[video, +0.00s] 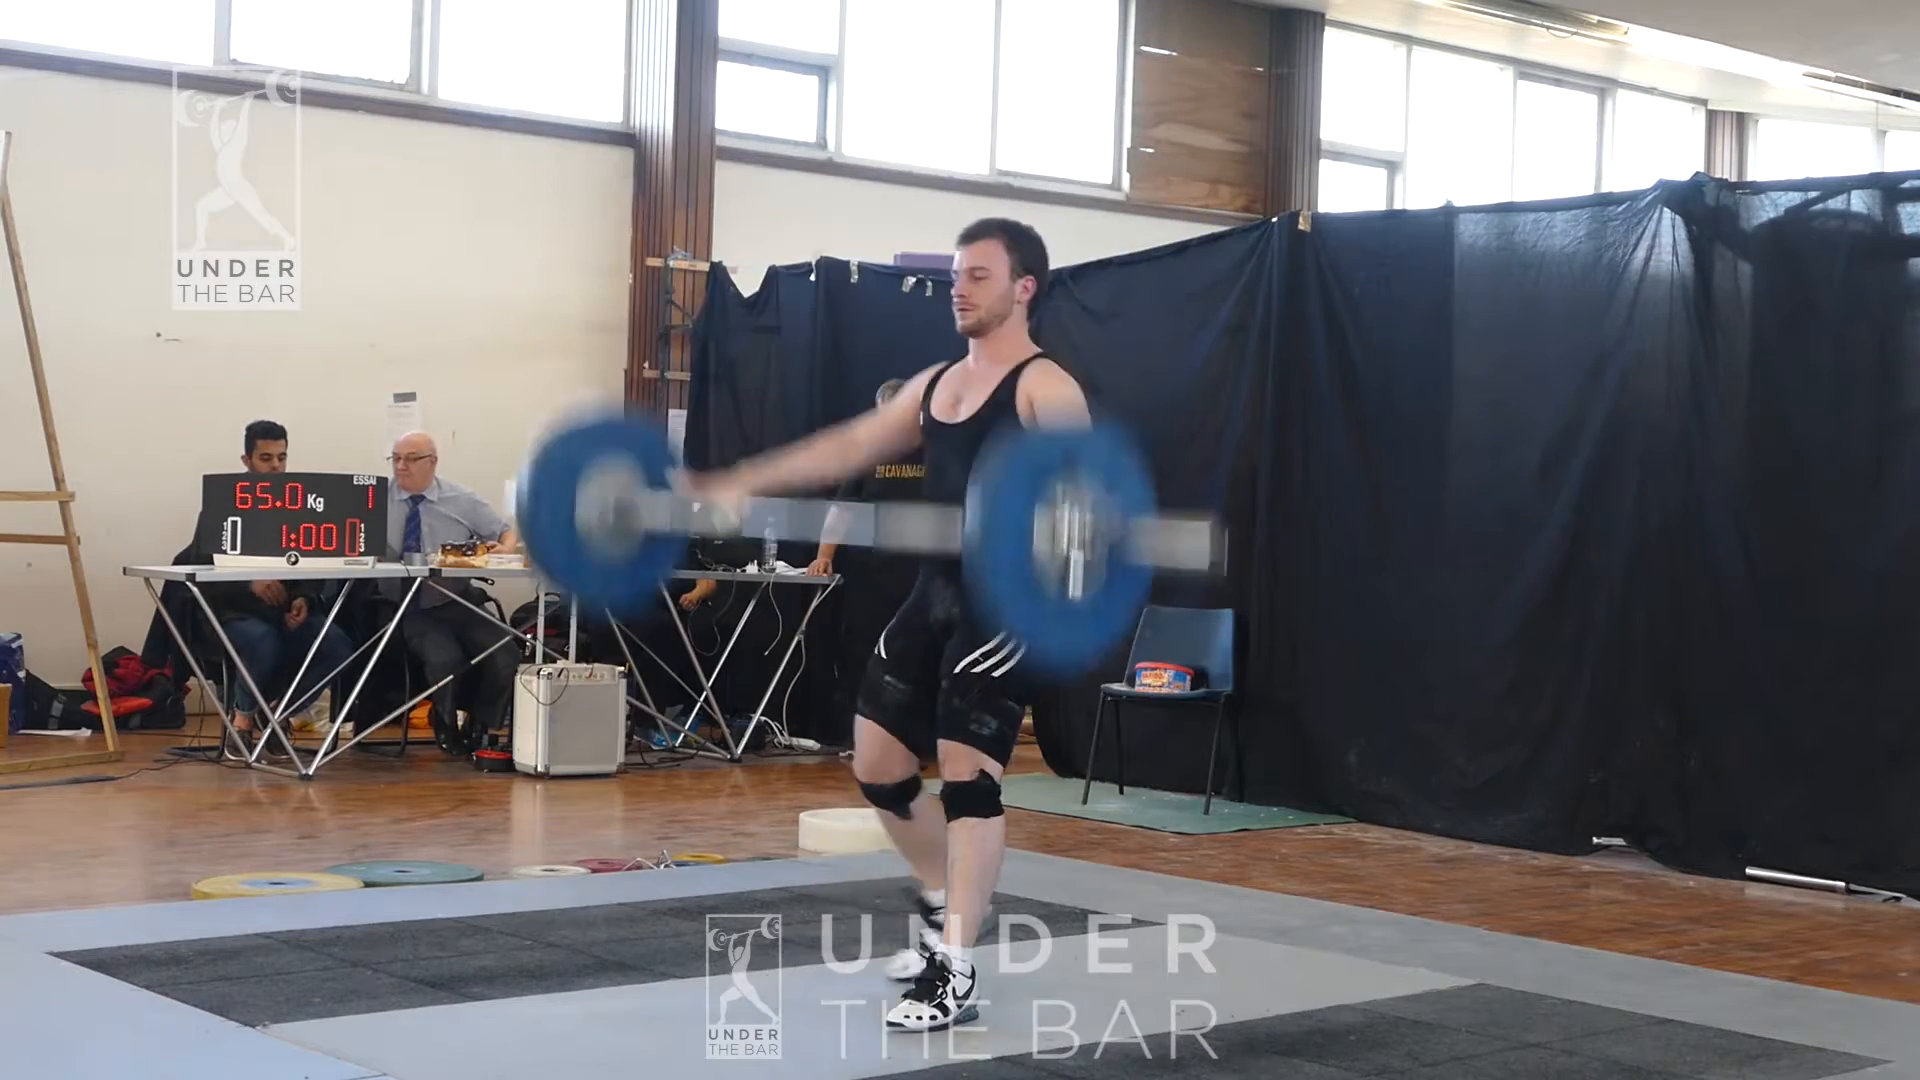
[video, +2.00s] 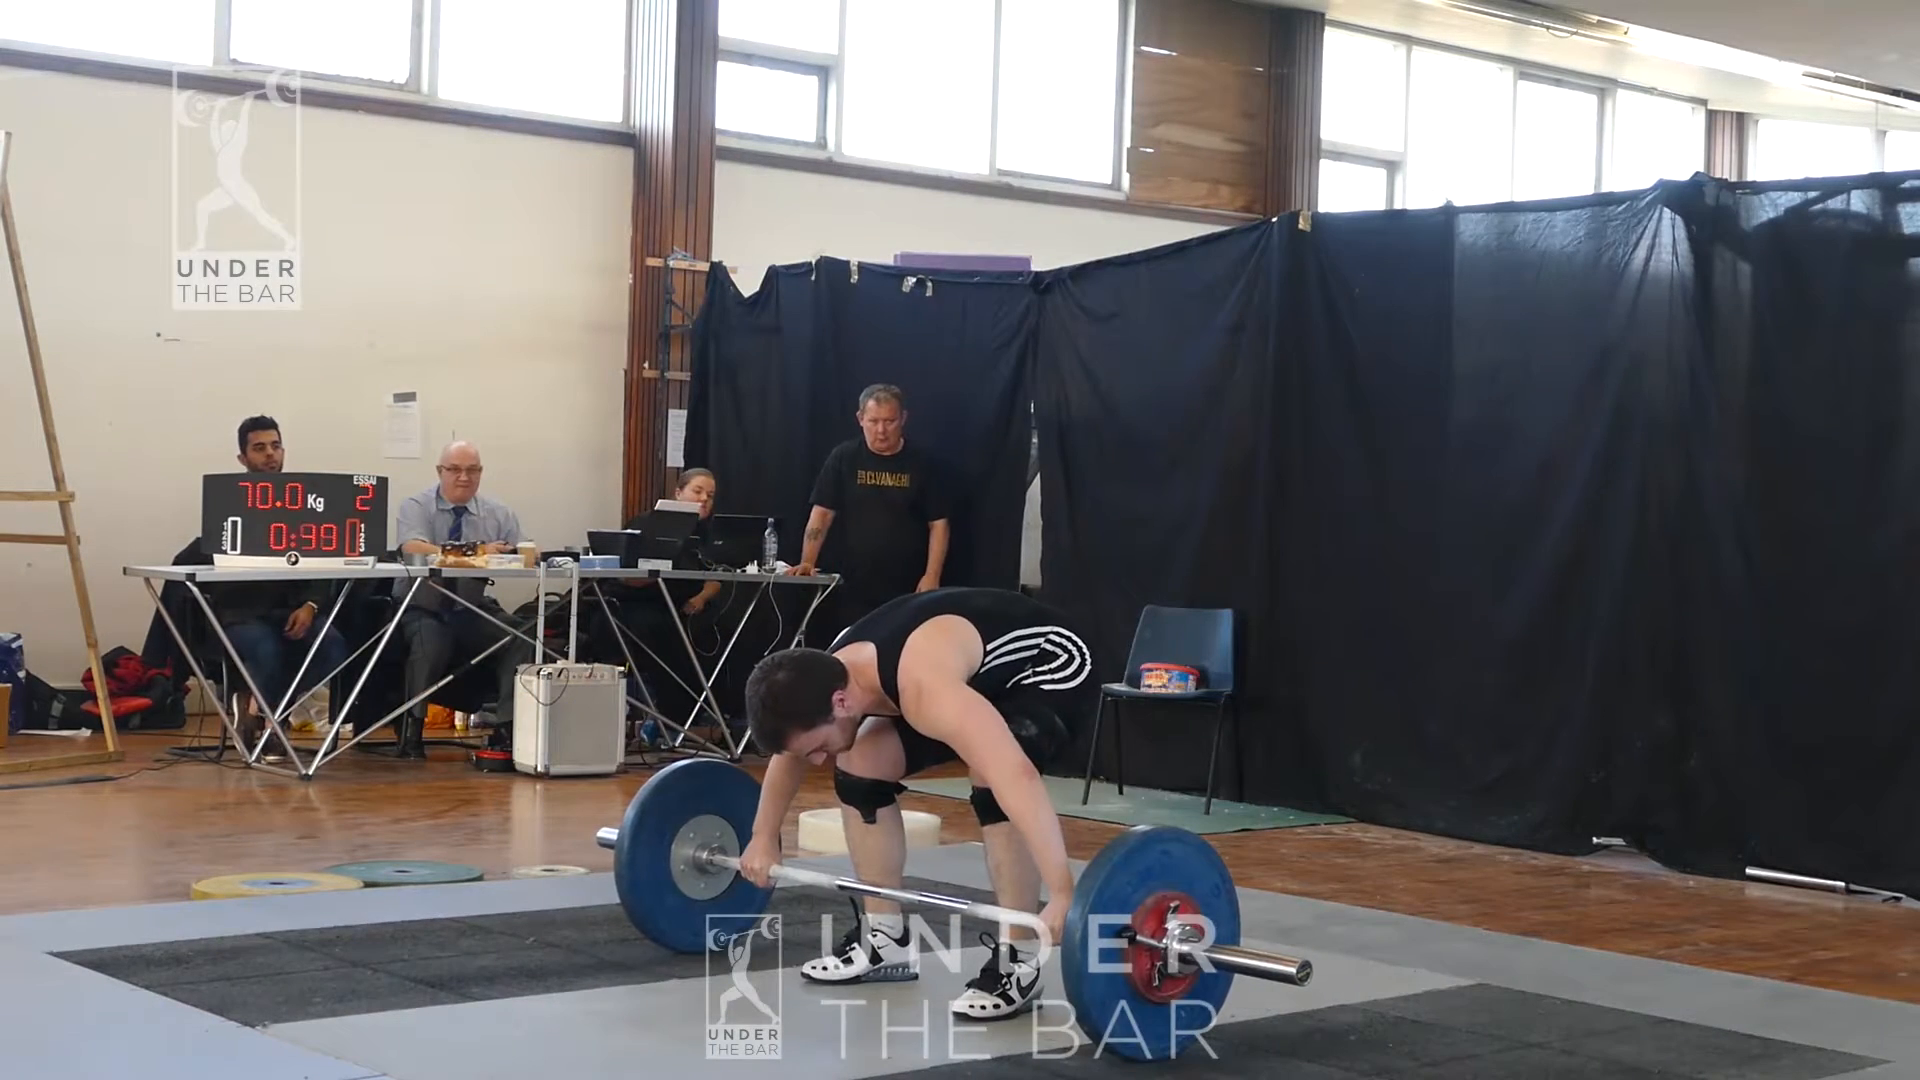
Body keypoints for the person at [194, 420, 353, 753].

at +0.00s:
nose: (275, 466)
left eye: (281, 458)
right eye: (266, 458)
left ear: (287, 457)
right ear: (247, 460)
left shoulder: (297, 498)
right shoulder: (228, 500)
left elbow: (317, 557)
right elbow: (203, 561)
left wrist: (304, 597)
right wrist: (250, 580)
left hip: (287, 608)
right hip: (237, 607)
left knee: (336, 645)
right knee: (265, 642)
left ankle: (278, 716)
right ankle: (241, 719)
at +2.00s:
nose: (270, 454)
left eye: (276, 446)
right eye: (260, 448)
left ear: (283, 450)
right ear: (243, 457)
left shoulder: (301, 497)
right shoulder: (232, 499)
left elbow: (324, 558)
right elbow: (202, 558)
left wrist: (311, 605)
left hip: (291, 608)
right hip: (243, 610)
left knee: (332, 646)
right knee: (266, 647)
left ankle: (252, 706)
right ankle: (274, 727)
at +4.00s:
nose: (272, 453)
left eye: (277, 446)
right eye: (261, 447)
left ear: (285, 451)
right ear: (245, 458)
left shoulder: (303, 497)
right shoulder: (233, 500)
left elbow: (328, 557)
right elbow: (223, 559)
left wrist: (312, 605)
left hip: (294, 607)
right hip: (245, 610)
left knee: (335, 648)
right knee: (268, 651)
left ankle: (257, 708)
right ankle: (273, 733)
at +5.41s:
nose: (274, 454)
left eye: (279, 446)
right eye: (263, 447)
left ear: (286, 451)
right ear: (247, 457)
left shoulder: (303, 497)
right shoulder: (233, 498)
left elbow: (327, 557)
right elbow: (219, 558)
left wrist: (312, 605)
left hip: (293, 606)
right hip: (244, 608)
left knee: (334, 648)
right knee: (267, 653)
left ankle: (255, 706)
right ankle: (272, 728)